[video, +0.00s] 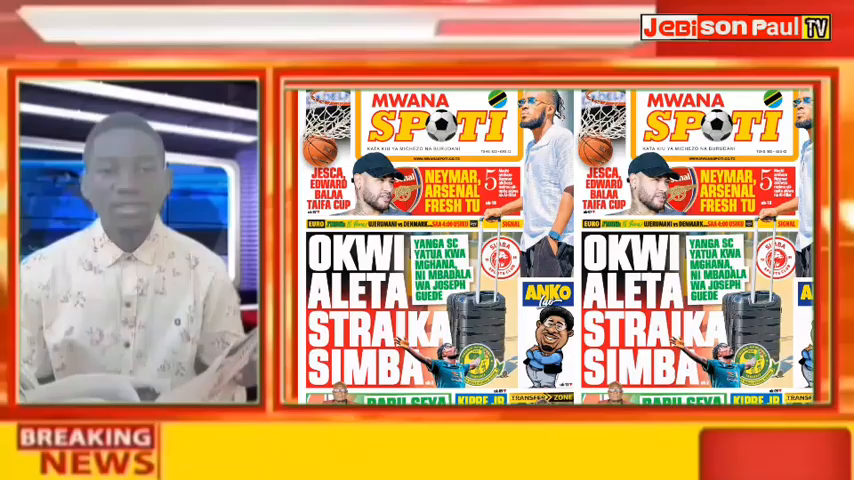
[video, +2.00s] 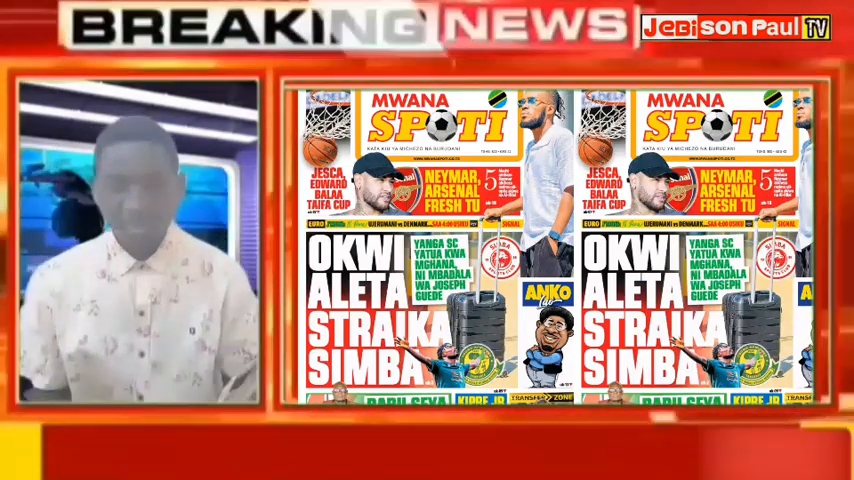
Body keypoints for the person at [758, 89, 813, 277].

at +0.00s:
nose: (799, 107)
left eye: (807, 101)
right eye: (797, 102)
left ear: (820, 107)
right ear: (794, 109)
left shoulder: (827, 148)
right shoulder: (806, 149)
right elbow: (805, 197)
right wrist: (777, 211)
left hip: (821, 240)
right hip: (804, 239)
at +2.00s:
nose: (799, 107)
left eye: (806, 101)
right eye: (797, 103)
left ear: (820, 107)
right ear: (793, 109)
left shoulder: (825, 148)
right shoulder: (806, 149)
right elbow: (805, 196)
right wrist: (777, 210)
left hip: (819, 239)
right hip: (803, 239)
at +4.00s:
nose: (800, 107)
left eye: (806, 101)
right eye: (797, 103)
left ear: (820, 107)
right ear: (794, 110)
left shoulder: (827, 147)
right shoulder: (806, 149)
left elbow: (832, 192)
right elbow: (805, 196)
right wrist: (777, 211)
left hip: (820, 239)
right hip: (804, 239)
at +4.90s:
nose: (800, 107)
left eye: (806, 101)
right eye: (797, 103)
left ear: (820, 107)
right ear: (794, 110)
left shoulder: (827, 148)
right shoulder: (806, 149)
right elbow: (804, 196)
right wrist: (777, 211)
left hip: (820, 239)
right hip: (804, 239)